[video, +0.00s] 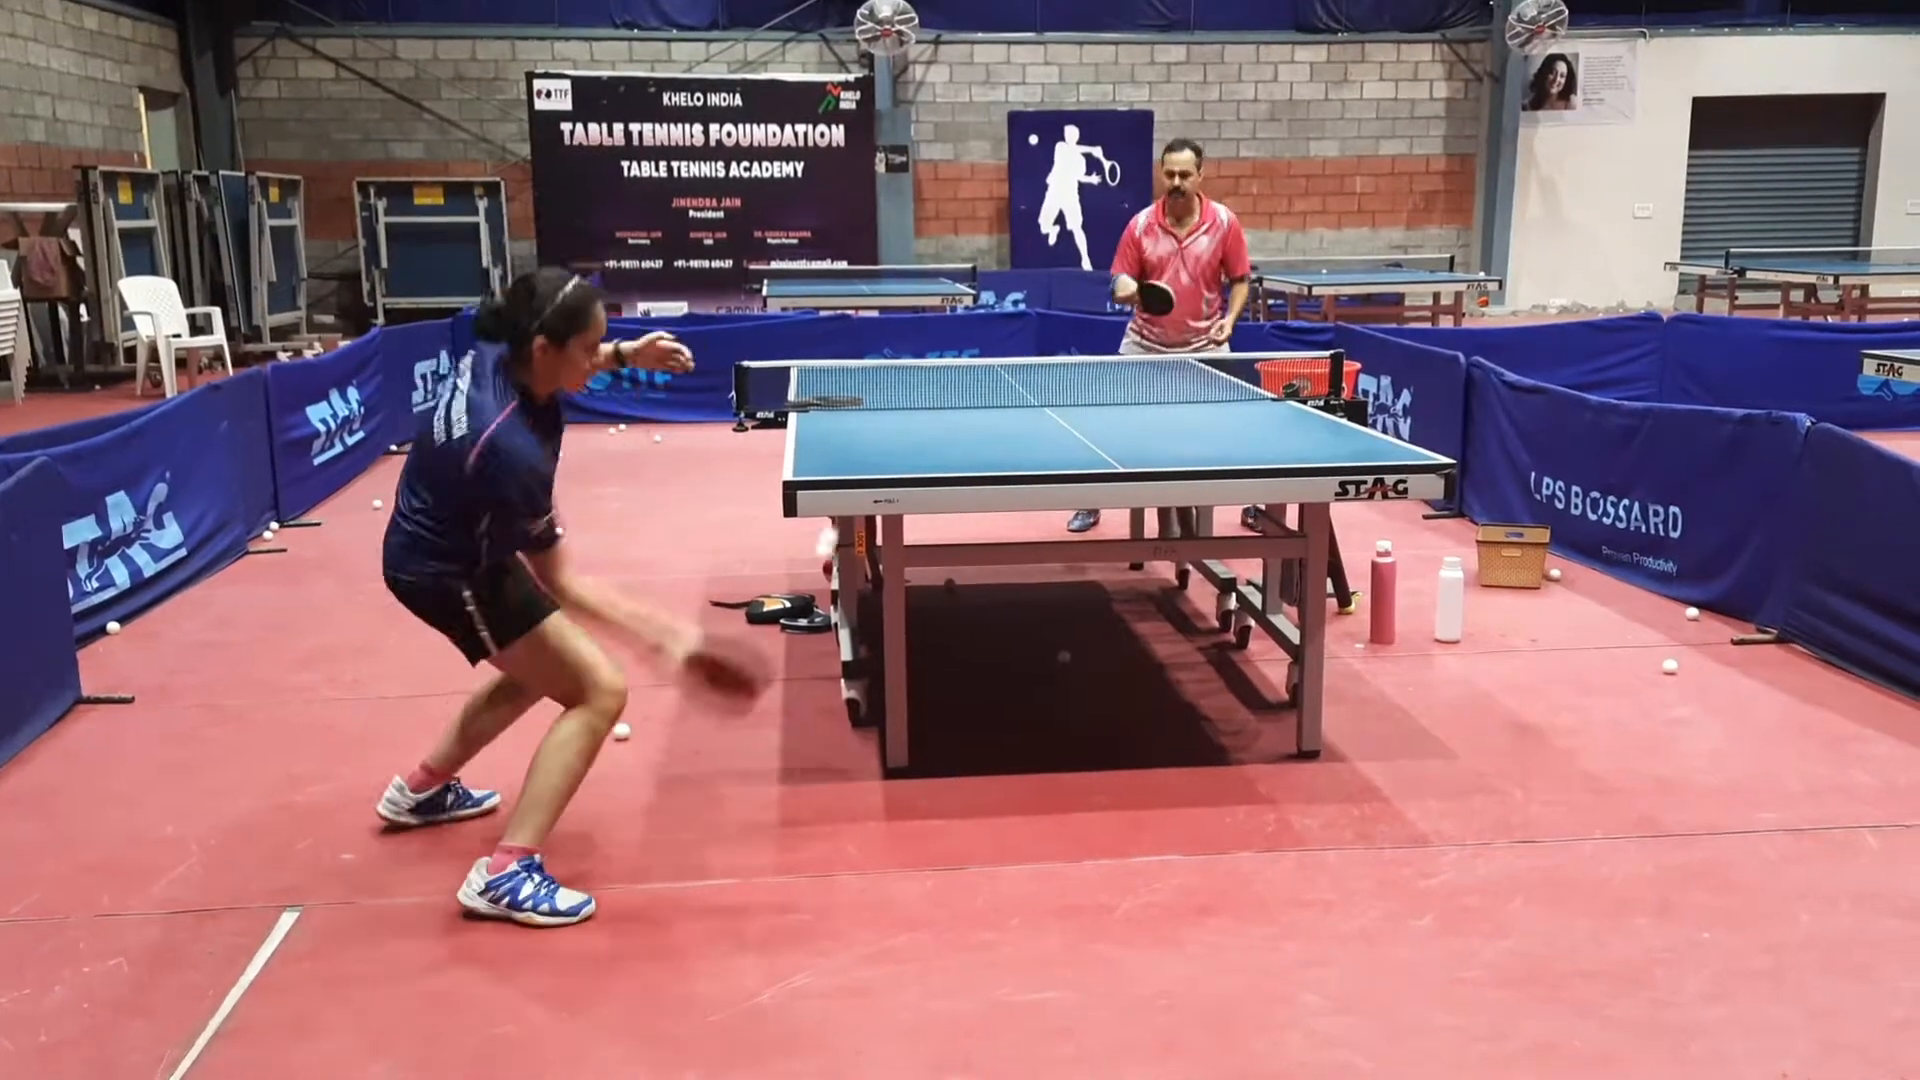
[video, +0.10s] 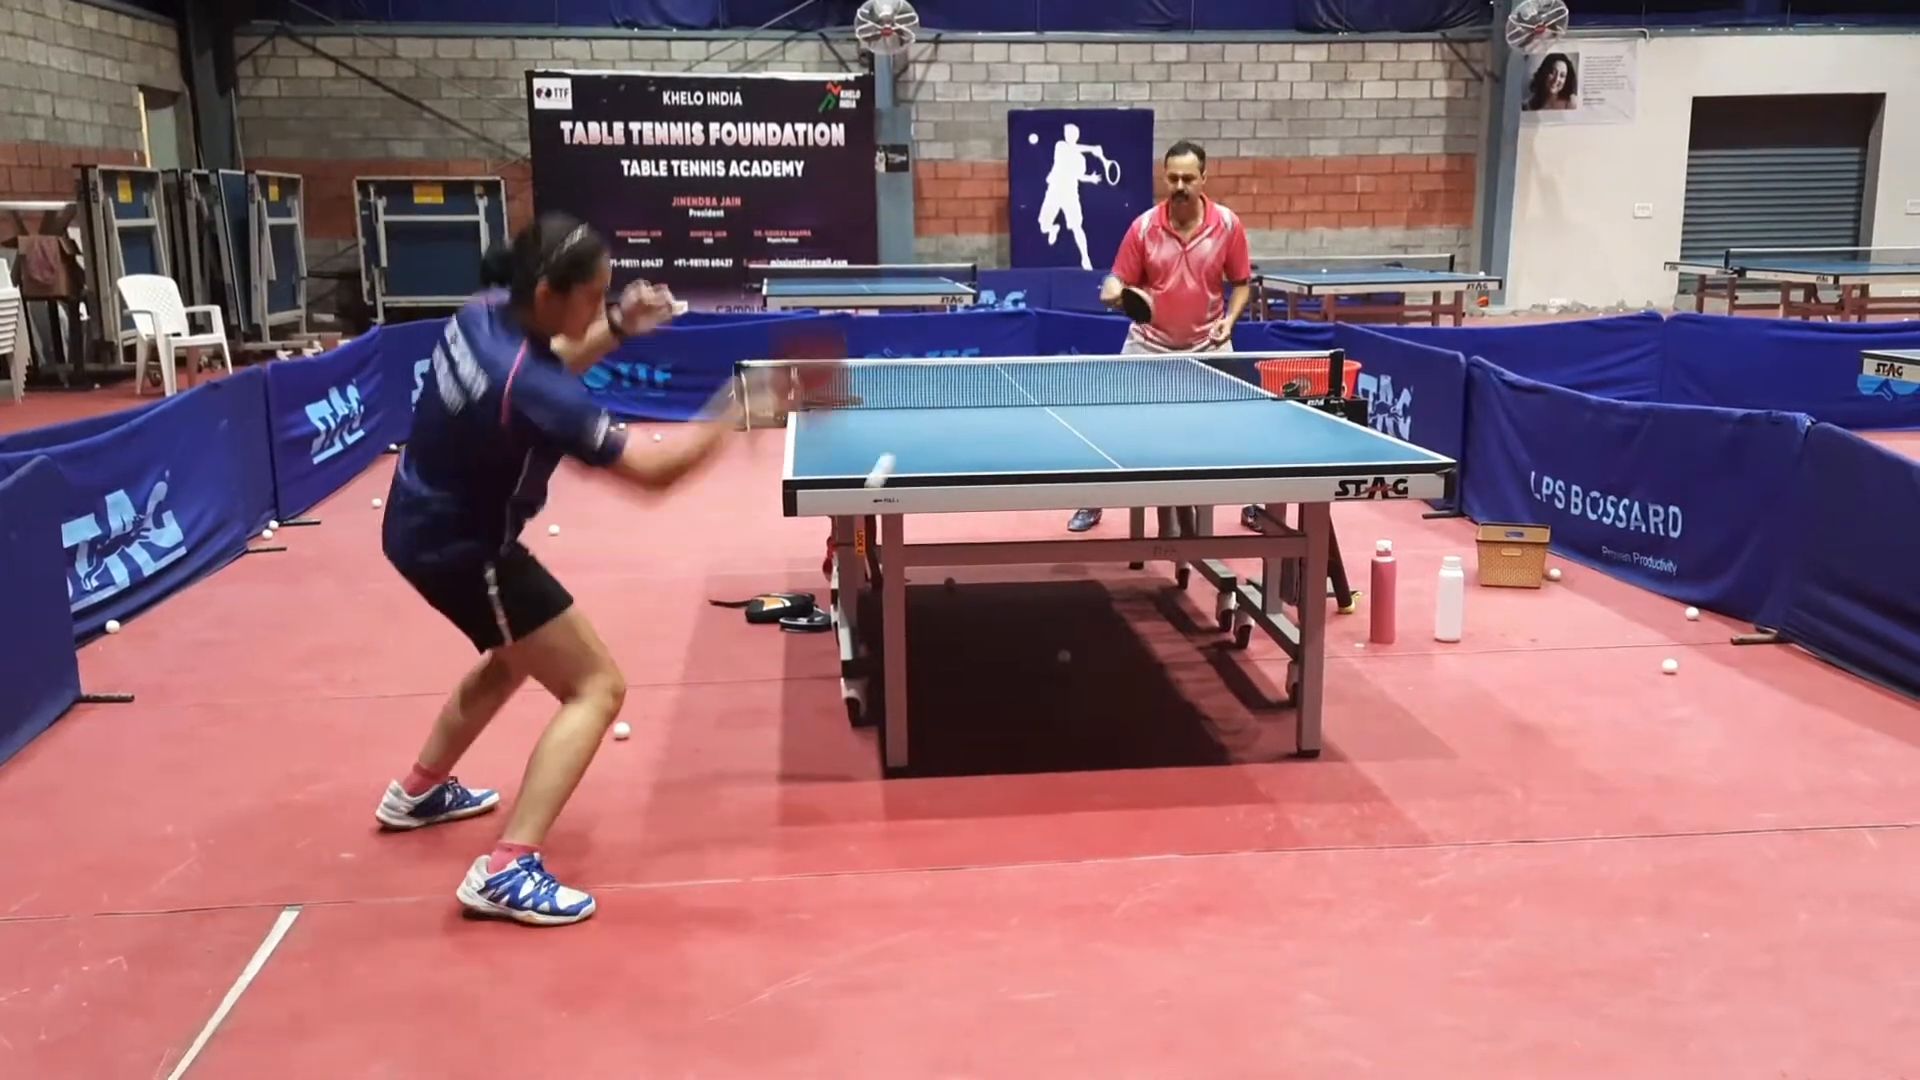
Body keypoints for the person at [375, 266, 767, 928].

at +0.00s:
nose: (599, 359)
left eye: (601, 345)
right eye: (589, 349)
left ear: (542, 342)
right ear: (544, 352)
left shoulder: (490, 343)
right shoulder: (516, 452)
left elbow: (560, 362)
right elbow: (557, 582)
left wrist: (627, 355)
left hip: (429, 549)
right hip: (453, 572)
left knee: (539, 668)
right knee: (600, 694)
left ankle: (421, 787)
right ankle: (508, 869)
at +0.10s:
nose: (602, 308)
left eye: (604, 294)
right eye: (597, 294)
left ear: (539, 292)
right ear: (550, 297)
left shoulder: (484, 312)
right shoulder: (530, 380)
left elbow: (550, 368)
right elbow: (652, 469)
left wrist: (617, 330)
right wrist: (734, 410)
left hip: (421, 526)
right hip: (465, 549)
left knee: (515, 654)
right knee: (598, 687)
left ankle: (419, 790)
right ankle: (510, 867)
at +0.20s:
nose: (612, 227)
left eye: (613, 214)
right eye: (607, 215)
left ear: (538, 211)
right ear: (571, 217)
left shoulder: (478, 251)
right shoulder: (561, 295)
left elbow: (535, 287)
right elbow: (698, 320)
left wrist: (604, 261)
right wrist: (690, 213)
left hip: (423, 491)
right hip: (486, 503)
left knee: (487, 627)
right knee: (595, 662)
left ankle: (425, 781)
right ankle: (515, 852)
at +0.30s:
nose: (610, 178)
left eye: (609, 164)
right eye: (607, 165)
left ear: (530, 162)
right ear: (576, 169)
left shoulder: (476, 214)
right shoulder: (580, 240)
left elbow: (534, 248)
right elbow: (707, 268)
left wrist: (599, 220)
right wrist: (673, 168)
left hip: (429, 459)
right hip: (511, 464)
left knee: (483, 611)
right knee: (616, 632)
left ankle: (452, 771)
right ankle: (559, 823)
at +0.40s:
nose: (610, 175)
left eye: (609, 162)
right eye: (608, 164)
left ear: (530, 168)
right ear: (588, 173)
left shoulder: (480, 225)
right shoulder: (598, 250)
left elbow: (535, 262)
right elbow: (704, 307)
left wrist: (595, 237)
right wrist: (695, 203)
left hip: (445, 471)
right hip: (532, 470)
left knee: (487, 634)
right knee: (638, 639)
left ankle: (465, 800)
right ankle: (647, 837)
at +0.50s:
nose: (619, 229)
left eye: (617, 216)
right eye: (615, 217)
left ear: (534, 218)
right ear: (596, 224)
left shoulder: (485, 282)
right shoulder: (609, 301)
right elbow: (707, 382)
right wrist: (710, 285)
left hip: (463, 515)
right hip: (558, 515)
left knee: (496, 646)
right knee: (672, 672)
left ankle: (462, 811)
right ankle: (704, 872)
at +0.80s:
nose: (661, 268)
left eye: (658, 256)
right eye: (658, 259)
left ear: (579, 260)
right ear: (644, 271)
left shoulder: (537, 306)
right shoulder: (647, 352)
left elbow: (579, 385)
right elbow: (720, 459)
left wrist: (657, 354)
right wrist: (753, 380)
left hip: (469, 534)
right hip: (564, 539)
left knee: (505, 649)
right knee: (695, 688)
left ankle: (462, 810)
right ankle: (701, 881)